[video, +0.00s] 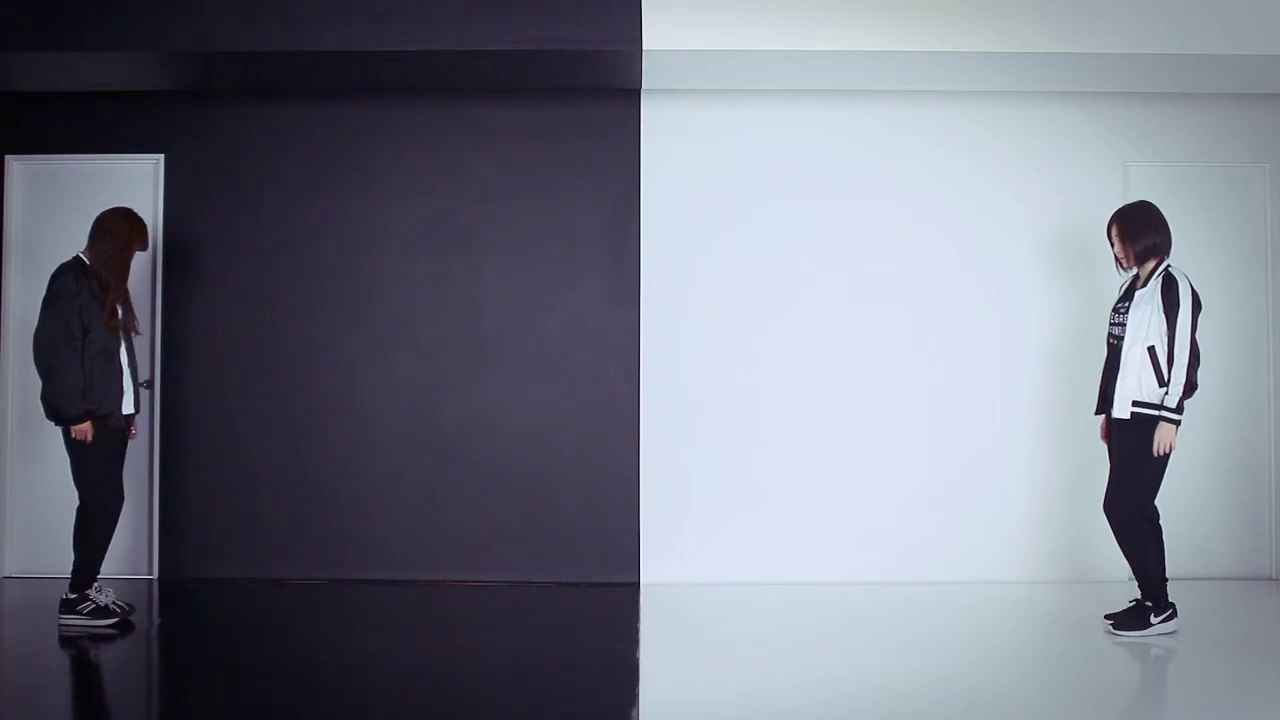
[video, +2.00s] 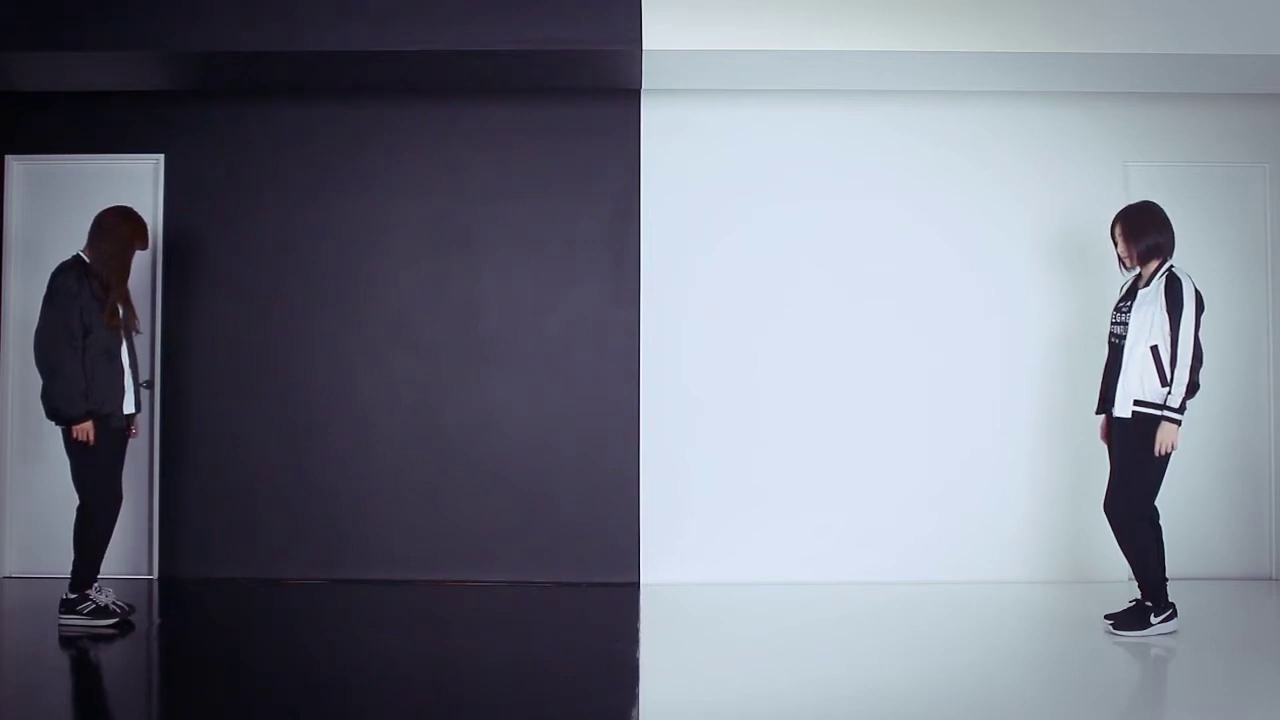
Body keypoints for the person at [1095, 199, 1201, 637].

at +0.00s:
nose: (1115, 250)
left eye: (1119, 241)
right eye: (1113, 242)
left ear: (1143, 236)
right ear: (1124, 241)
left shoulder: (1175, 284)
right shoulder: (1130, 287)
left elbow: (1185, 356)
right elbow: (1118, 355)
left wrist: (1171, 417)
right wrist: (1107, 411)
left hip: (1150, 417)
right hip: (1124, 416)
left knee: (1122, 506)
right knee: (1135, 507)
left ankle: (1157, 603)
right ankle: (1152, 600)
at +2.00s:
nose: (1118, 249)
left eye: (1123, 240)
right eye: (1116, 242)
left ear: (1147, 237)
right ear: (1125, 242)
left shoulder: (1178, 284)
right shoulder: (1131, 288)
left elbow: (1188, 356)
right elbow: (1117, 354)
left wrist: (1172, 417)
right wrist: (1107, 410)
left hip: (1151, 418)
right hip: (1123, 416)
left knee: (1126, 506)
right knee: (1131, 507)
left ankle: (1157, 604)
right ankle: (1152, 600)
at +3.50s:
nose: (1089, 249)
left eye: (1093, 240)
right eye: (1086, 242)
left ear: (1117, 236)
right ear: (1092, 243)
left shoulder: (1156, 284)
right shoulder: (1100, 288)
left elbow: (1178, 351)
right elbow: (1099, 353)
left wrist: (1171, 414)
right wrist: (1087, 404)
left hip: (1139, 415)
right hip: (1109, 415)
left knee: (1082, 486)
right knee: (1131, 506)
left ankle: (1103, 584)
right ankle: (1156, 601)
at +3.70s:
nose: (1063, 254)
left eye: (1067, 244)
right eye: (1060, 246)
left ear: (1091, 241)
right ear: (1066, 248)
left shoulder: (1131, 288)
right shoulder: (1077, 293)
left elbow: (1158, 350)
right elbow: (1075, 357)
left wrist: (1158, 414)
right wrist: (1059, 404)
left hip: (1120, 418)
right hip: (1091, 418)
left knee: (1074, 500)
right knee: (1123, 510)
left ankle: (1036, 596)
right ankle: (1156, 601)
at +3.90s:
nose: (1030, 255)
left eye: (1035, 246)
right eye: (1028, 247)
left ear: (1057, 243)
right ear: (1042, 246)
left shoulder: (1090, 291)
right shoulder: (1043, 296)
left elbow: (1113, 358)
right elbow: (1035, 362)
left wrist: (1118, 426)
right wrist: (1028, 418)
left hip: (1082, 422)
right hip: (1055, 422)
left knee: (1040, 506)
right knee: (1099, 510)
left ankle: (1014, 607)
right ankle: (1150, 595)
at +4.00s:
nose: (1011, 249)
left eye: (1017, 240)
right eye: (1009, 241)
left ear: (1040, 239)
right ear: (1018, 244)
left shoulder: (1070, 288)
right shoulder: (1023, 288)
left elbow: (1086, 356)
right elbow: (1015, 355)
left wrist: (1081, 424)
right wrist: (1010, 412)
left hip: (1056, 421)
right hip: (1031, 420)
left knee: (1024, 510)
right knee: (1070, 507)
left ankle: (1011, 608)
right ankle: (1136, 583)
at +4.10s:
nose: (993, 246)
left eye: (998, 236)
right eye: (991, 238)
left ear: (1022, 234)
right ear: (1002, 240)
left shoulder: (1054, 286)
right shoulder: (1005, 286)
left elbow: (1058, 357)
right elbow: (1000, 353)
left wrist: (1044, 419)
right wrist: (993, 412)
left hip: (1036, 417)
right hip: (1008, 415)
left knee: (1014, 509)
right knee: (1027, 509)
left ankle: (1009, 608)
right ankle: (1104, 571)